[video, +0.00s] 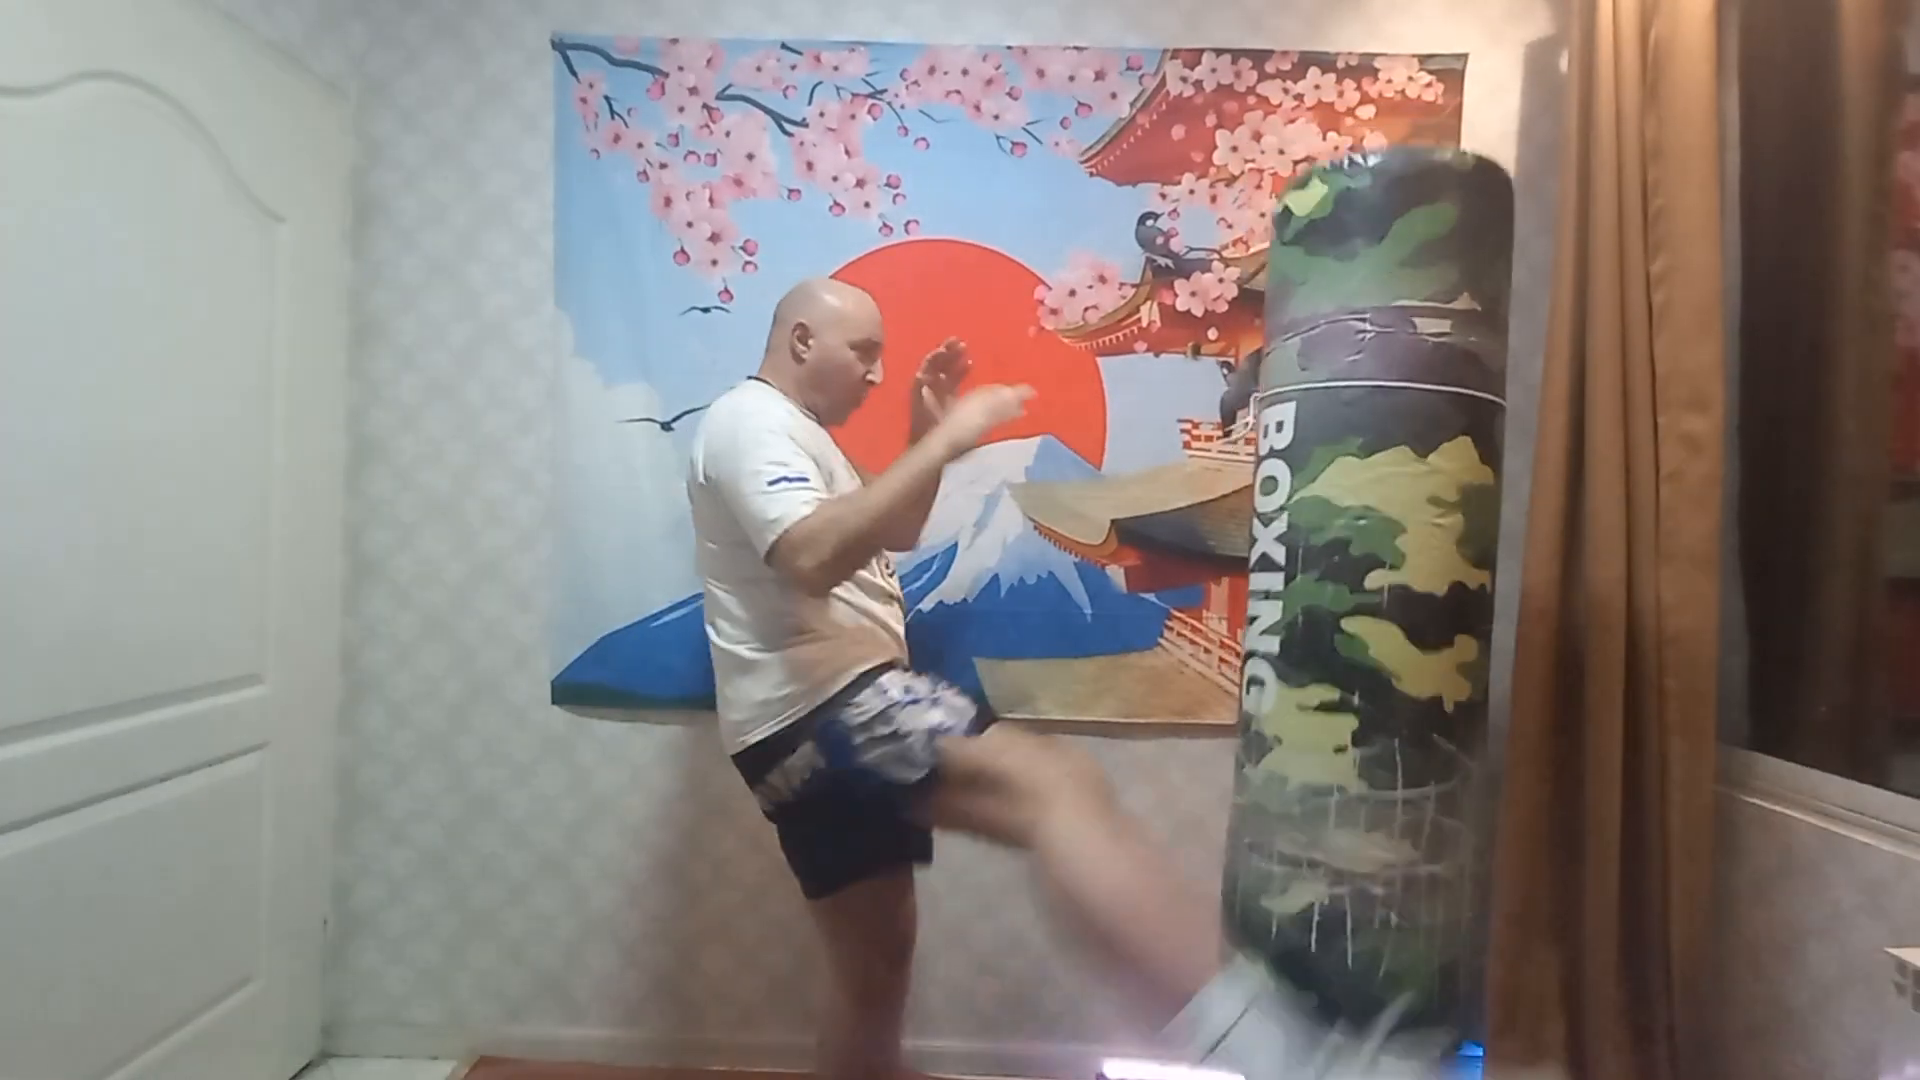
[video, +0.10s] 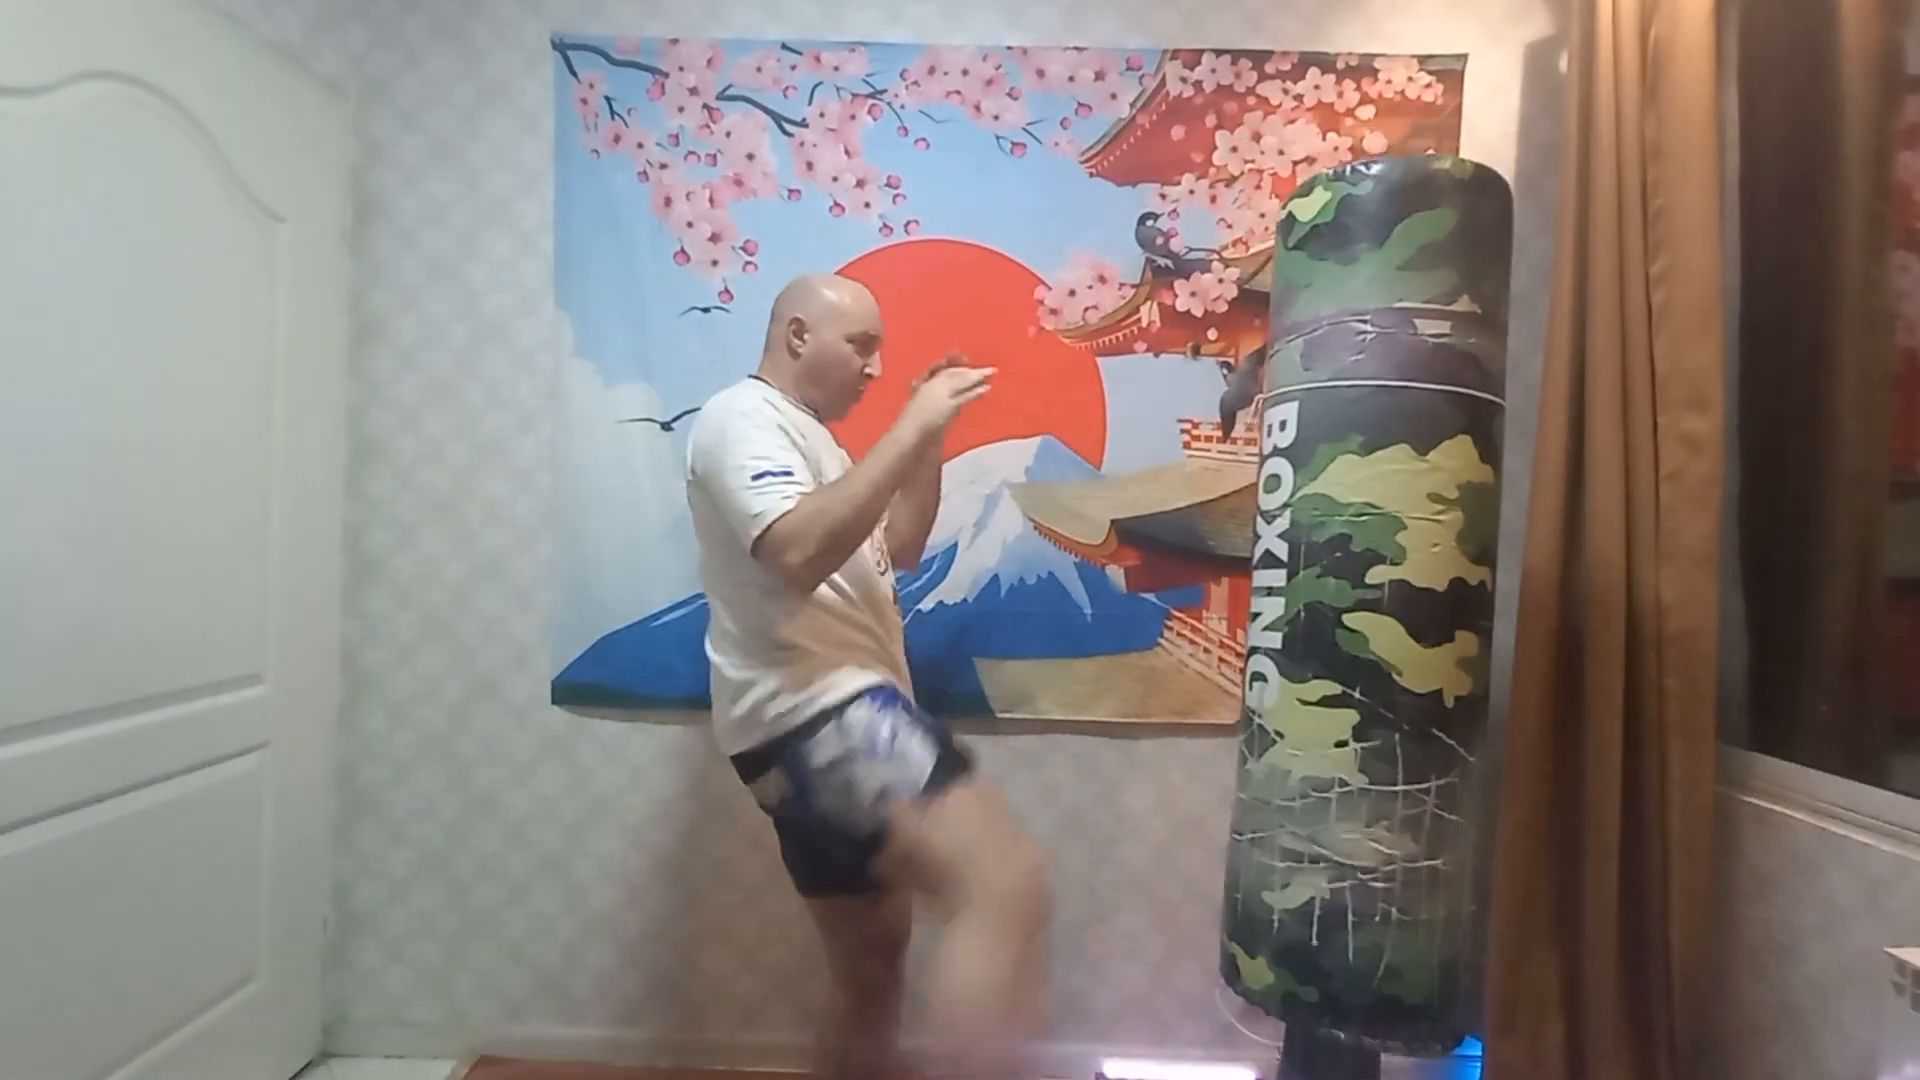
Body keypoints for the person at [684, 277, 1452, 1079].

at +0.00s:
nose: (875, 372)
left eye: (876, 355)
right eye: (863, 352)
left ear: (807, 349)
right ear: (798, 343)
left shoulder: (806, 437)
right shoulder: (746, 422)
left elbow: (878, 541)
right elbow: (806, 550)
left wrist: (925, 439)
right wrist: (942, 443)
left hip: (832, 709)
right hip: (824, 709)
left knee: (871, 971)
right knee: (1056, 785)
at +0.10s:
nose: (871, 365)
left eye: (875, 350)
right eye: (860, 345)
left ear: (801, 342)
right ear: (797, 336)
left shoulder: (817, 441)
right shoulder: (739, 417)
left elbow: (895, 549)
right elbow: (793, 549)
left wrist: (926, 445)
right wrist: (914, 426)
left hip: (847, 703)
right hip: (813, 709)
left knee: (868, 967)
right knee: (1004, 881)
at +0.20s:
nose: (868, 360)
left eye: (871, 343)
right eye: (853, 338)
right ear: (786, 333)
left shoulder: (827, 449)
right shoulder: (727, 421)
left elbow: (892, 565)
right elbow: (777, 561)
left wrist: (922, 460)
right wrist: (884, 428)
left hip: (867, 731)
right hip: (795, 738)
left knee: (887, 996)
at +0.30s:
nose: (853, 352)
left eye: (857, 335)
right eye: (836, 330)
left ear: (787, 333)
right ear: (770, 327)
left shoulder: (834, 442)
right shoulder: (699, 421)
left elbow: (901, 563)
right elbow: (741, 559)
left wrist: (916, 458)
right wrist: (844, 421)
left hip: (864, 766)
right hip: (745, 783)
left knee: (865, 985)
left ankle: (861, 1063)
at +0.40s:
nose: (829, 344)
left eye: (833, 326)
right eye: (810, 322)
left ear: (832, 334)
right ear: (740, 320)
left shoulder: (828, 440)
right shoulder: (654, 419)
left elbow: (910, 556)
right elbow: (658, 569)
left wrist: (898, 443)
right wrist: (796, 441)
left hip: (837, 770)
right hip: (684, 788)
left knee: (889, 968)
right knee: (599, 1028)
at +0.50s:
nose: (804, 339)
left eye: (810, 322)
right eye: (784, 317)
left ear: (814, 335)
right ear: (713, 317)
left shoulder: (826, 439)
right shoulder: (613, 419)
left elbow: (928, 543)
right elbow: (557, 577)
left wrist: (893, 418)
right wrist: (727, 484)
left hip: (803, 790)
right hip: (640, 799)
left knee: (875, 1001)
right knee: (587, 1034)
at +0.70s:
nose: (789, 334)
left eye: (797, 316)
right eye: (767, 311)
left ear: (803, 328)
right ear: (697, 314)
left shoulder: (825, 438)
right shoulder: (601, 422)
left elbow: (927, 550)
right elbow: (530, 583)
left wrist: (935, 444)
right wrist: (679, 512)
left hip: (782, 776)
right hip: (624, 783)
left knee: (853, 985)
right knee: (582, 1026)